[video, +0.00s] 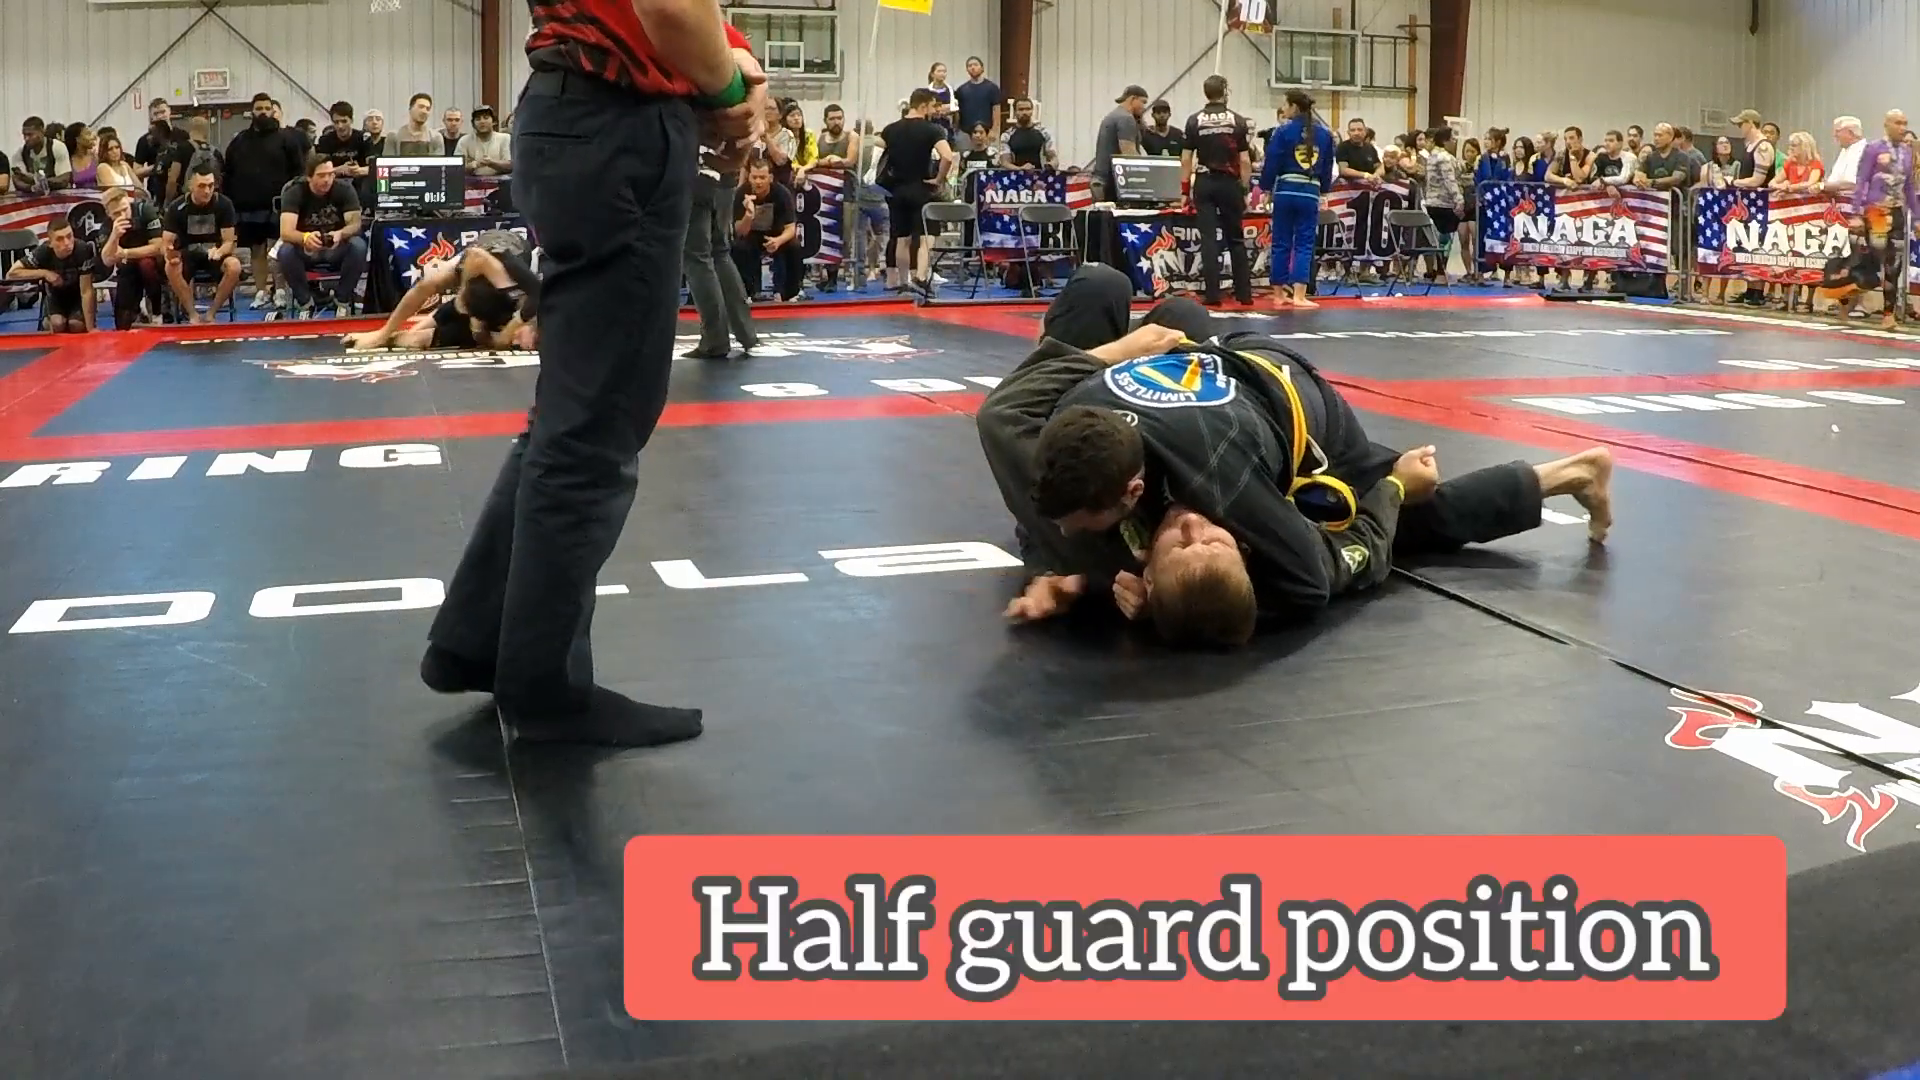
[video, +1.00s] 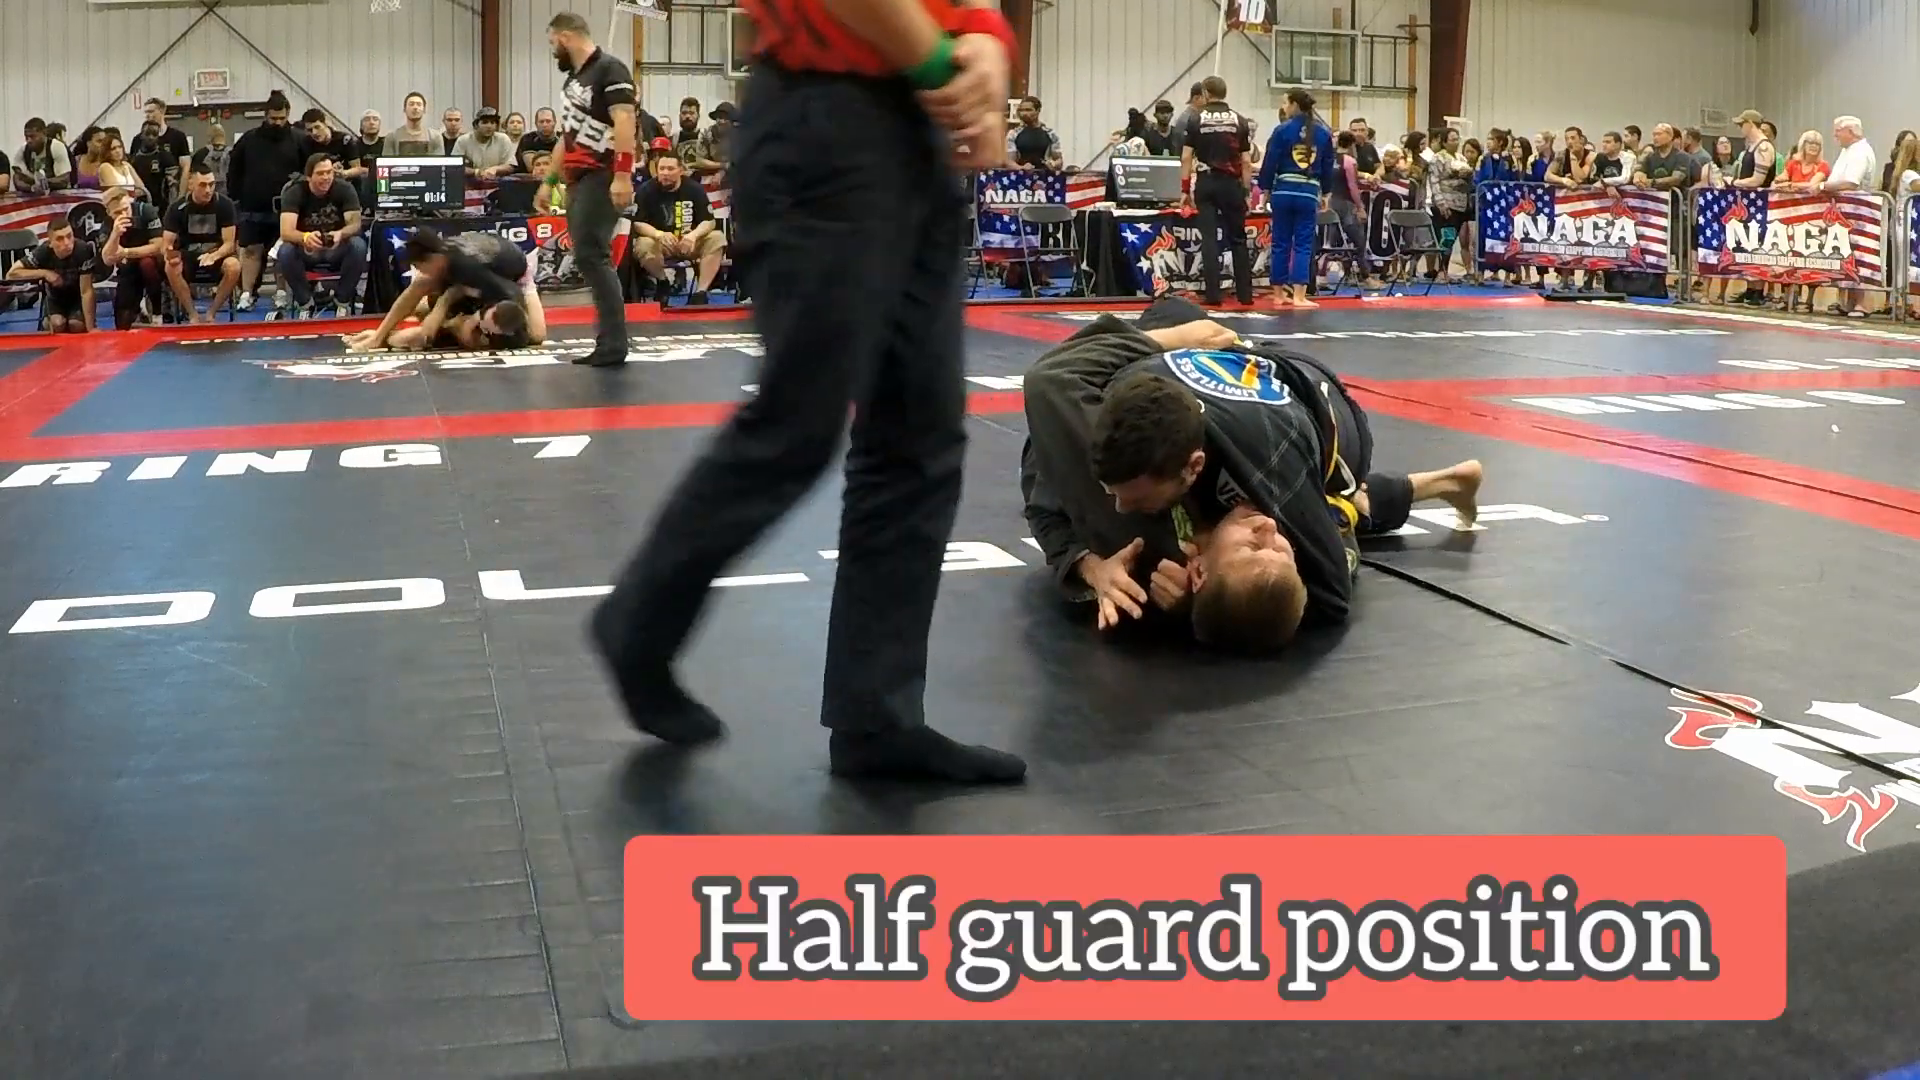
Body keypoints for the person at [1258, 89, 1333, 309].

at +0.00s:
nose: (1283, 109)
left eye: (1285, 105)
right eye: (1284, 105)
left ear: (1294, 107)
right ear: (1305, 107)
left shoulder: (1282, 131)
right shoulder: (1324, 133)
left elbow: (1272, 162)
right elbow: (1327, 167)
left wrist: (1266, 186)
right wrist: (1323, 189)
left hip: (1285, 190)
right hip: (1310, 193)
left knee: (1281, 241)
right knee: (1305, 242)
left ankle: (1278, 293)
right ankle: (1299, 295)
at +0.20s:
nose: (1284, 109)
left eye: (1286, 105)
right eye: (1285, 105)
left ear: (1294, 106)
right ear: (1306, 106)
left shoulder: (1283, 131)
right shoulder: (1324, 133)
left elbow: (1271, 162)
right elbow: (1328, 168)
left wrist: (1266, 188)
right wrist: (1325, 191)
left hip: (1284, 191)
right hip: (1310, 194)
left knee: (1281, 242)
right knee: (1305, 243)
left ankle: (1278, 293)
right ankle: (1299, 295)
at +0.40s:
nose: (1283, 108)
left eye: (1286, 104)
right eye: (1285, 104)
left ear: (1295, 106)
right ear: (1307, 107)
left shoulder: (1282, 130)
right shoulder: (1323, 133)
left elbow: (1271, 163)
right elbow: (1329, 166)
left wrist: (1266, 187)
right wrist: (1327, 189)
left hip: (1284, 190)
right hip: (1310, 193)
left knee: (1281, 241)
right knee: (1304, 243)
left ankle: (1278, 293)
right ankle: (1299, 295)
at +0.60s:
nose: (1284, 108)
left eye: (1286, 104)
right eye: (1285, 103)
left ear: (1296, 106)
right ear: (1307, 107)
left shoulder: (1282, 130)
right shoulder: (1323, 133)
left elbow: (1271, 162)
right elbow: (1328, 166)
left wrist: (1266, 186)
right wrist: (1325, 188)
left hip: (1283, 191)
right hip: (1309, 194)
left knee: (1281, 242)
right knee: (1304, 243)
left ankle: (1278, 293)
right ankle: (1299, 295)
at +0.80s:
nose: (1284, 107)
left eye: (1287, 104)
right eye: (1286, 103)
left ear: (1295, 106)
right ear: (1309, 106)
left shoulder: (1283, 130)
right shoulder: (1324, 133)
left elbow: (1271, 161)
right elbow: (1327, 168)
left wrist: (1266, 186)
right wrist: (1325, 193)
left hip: (1283, 192)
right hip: (1309, 195)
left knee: (1280, 242)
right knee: (1304, 244)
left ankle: (1278, 294)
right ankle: (1299, 296)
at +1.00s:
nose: (1284, 107)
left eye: (1286, 103)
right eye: (1285, 103)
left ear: (1295, 106)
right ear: (1306, 106)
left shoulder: (1282, 130)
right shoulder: (1323, 132)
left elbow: (1270, 161)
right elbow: (1327, 166)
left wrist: (1265, 188)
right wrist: (1325, 192)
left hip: (1283, 190)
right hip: (1309, 193)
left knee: (1281, 242)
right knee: (1304, 243)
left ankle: (1278, 293)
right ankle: (1299, 295)